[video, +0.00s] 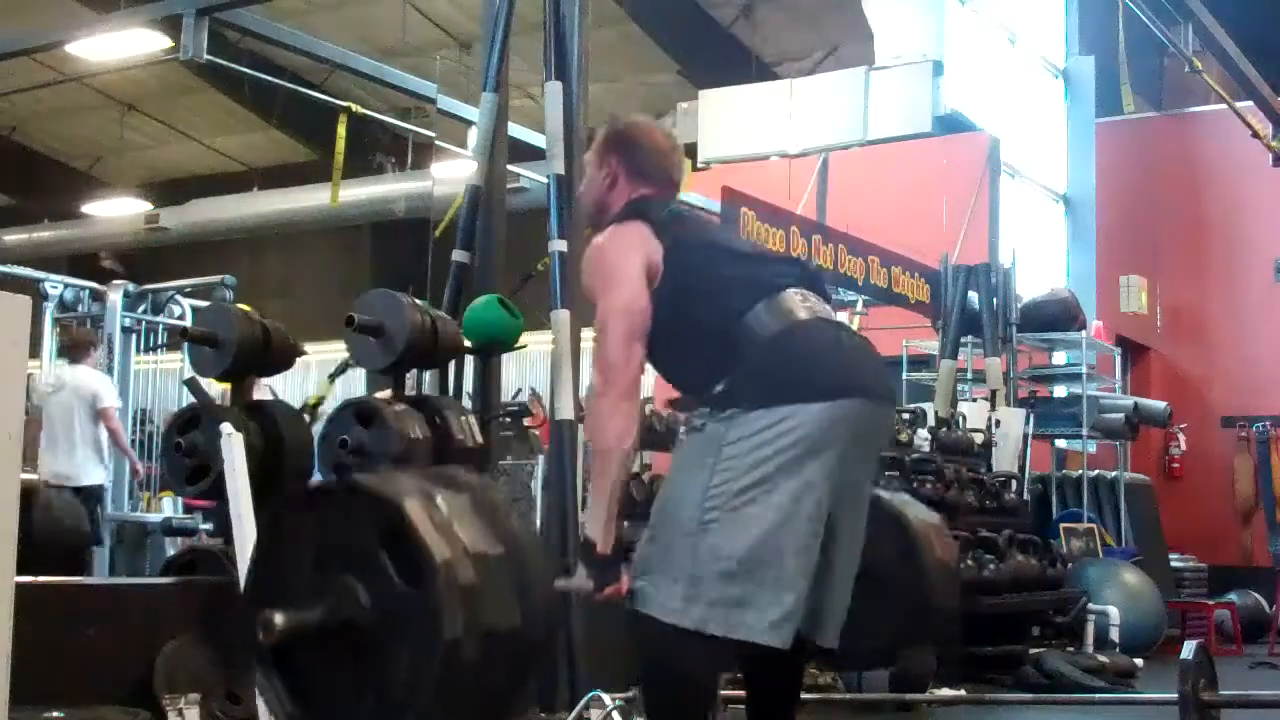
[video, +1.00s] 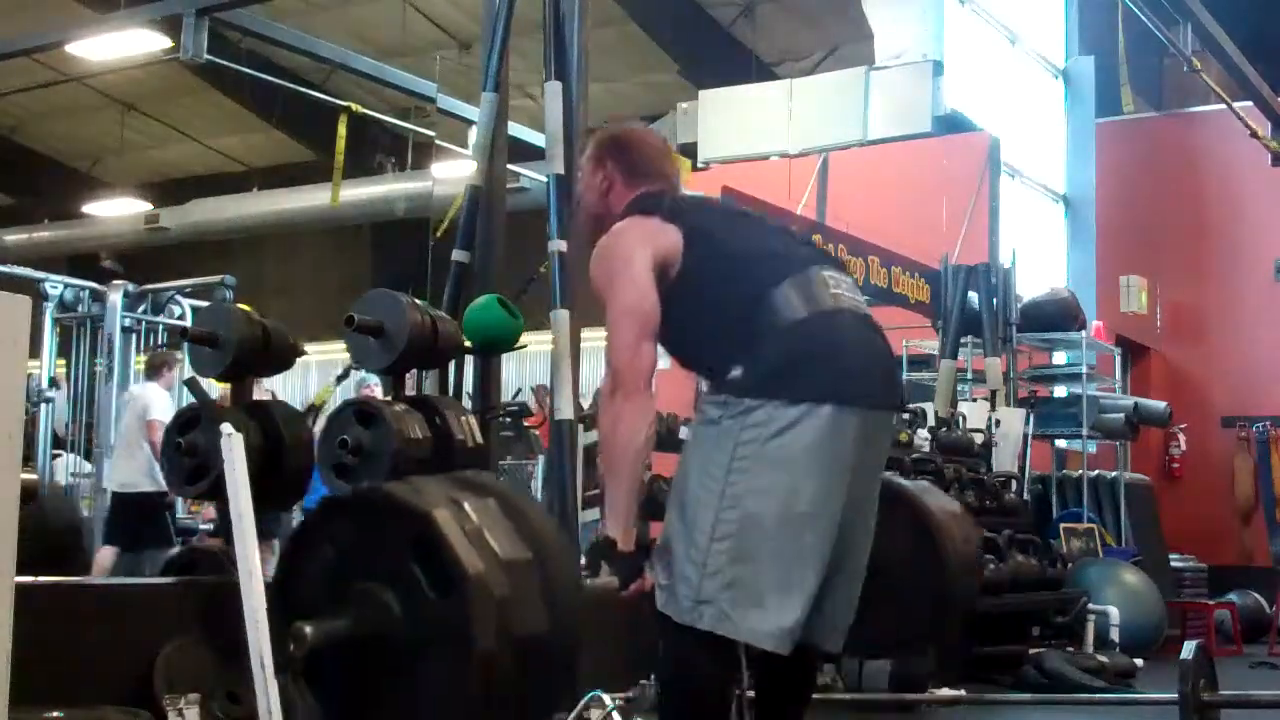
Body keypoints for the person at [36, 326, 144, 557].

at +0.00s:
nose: (97, 357)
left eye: (95, 351)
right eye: (96, 351)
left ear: (67, 351)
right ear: (90, 352)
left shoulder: (47, 379)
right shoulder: (98, 380)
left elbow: (35, 427)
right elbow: (111, 424)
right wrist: (133, 459)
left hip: (51, 477)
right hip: (86, 479)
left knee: (53, 544)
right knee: (86, 545)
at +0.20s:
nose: (113, 361)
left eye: (113, 356)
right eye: (111, 356)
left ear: (82, 356)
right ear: (101, 356)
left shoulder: (60, 384)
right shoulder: (105, 383)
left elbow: (47, 434)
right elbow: (116, 429)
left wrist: (44, 469)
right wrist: (136, 464)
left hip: (64, 480)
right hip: (93, 481)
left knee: (67, 545)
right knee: (85, 549)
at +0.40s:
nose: (121, 365)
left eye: (120, 360)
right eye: (119, 360)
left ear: (92, 360)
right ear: (109, 361)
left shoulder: (72, 389)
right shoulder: (115, 388)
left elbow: (60, 432)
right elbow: (120, 432)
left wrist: (61, 469)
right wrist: (132, 472)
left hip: (76, 480)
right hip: (103, 480)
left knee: (86, 545)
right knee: (96, 545)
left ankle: (93, 601)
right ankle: (75, 600)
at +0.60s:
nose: (132, 366)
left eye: (131, 361)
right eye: (130, 361)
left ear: (105, 360)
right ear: (122, 360)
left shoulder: (87, 386)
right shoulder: (121, 386)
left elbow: (77, 433)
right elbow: (125, 427)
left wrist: (81, 467)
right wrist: (139, 466)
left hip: (88, 480)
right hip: (115, 479)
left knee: (93, 544)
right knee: (132, 539)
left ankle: (89, 597)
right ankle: (104, 580)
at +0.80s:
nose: (148, 372)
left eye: (148, 366)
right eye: (147, 366)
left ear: (125, 365)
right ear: (138, 365)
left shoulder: (104, 388)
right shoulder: (133, 389)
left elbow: (100, 433)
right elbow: (133, 429)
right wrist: (153, 466)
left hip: (100, 481)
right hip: (130, 480)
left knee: (97, 543)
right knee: (153, 541)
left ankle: (93, 602)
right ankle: (147, 598)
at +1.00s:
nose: (176, 377)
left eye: (176, 372)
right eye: (175, 372)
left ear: (151, 371)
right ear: (165, 371)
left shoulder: (135, 392)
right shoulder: (157, 395)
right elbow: (156, 438)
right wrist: (171, 477)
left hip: (122, 484)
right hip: (146, 485)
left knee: (111, 544)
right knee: (166, 550)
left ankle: (91, 594)